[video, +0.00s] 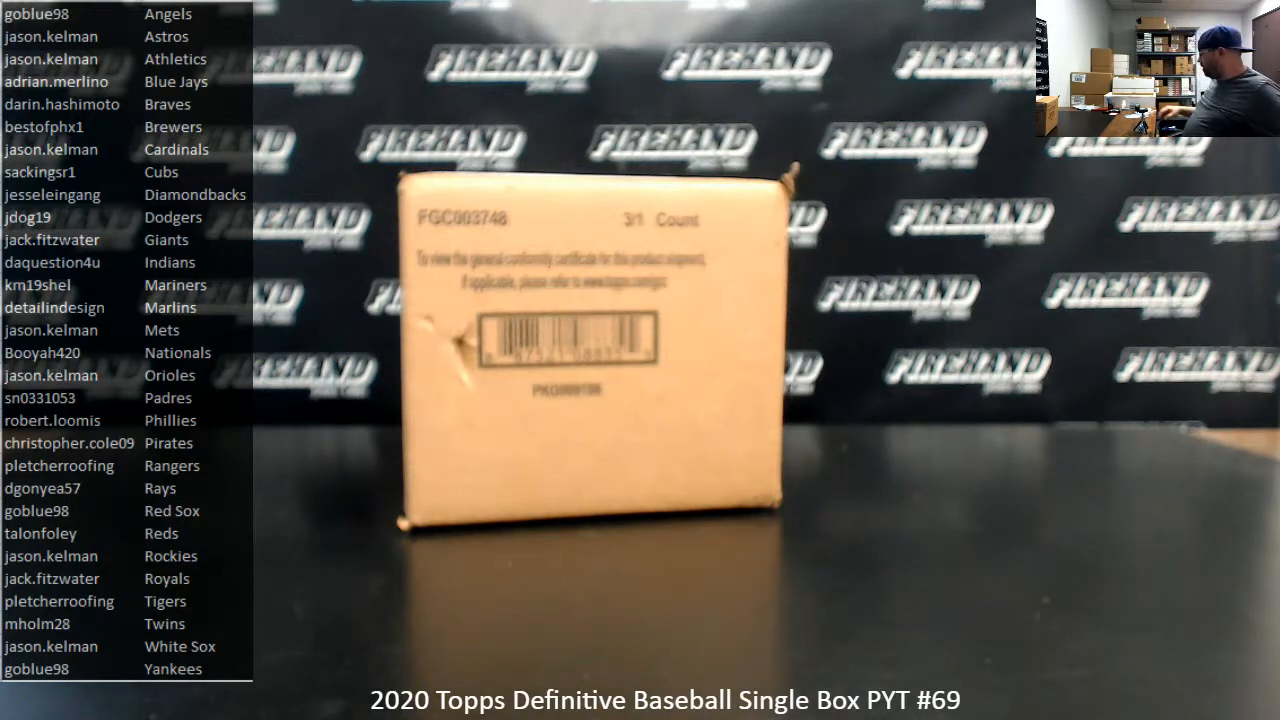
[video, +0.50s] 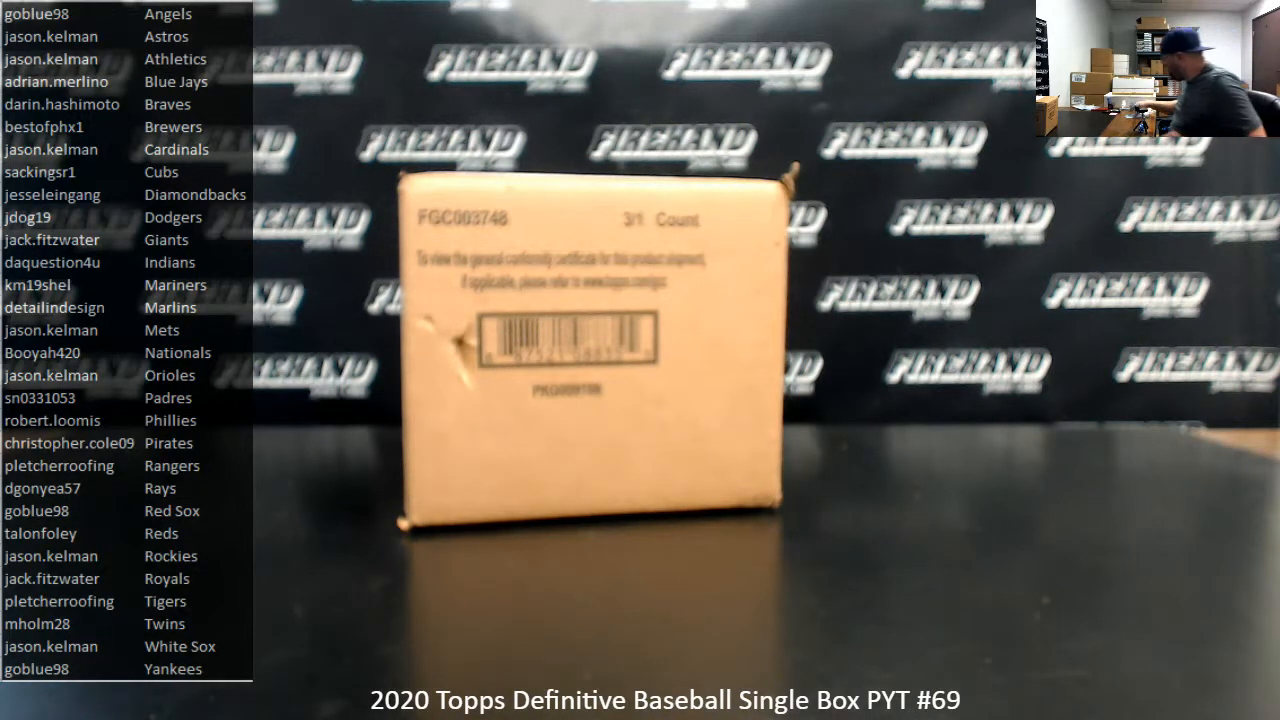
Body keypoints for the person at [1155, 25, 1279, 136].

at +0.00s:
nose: (1199, 60)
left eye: (1201, 54)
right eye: (1199, 55)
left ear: (1219, 52)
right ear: (1220, 53)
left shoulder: (1261, 91)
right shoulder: (1219, 84)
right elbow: (1214, 116)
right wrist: (1181, 111)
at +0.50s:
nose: (1164, 66)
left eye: (1165, 59)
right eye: (1163, 60)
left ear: (1179, 57)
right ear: (1180, 57)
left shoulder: (1222, 83)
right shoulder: (1192, 83)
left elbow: (1258, 137)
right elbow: (1181, 108)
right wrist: (1150, 104)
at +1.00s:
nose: (1152, 71)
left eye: (1152, 64)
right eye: (1150, 66)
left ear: (1167, 59)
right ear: (1168, 60)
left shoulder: (1205, 84)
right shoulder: (1181, 80)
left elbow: (1202, 149)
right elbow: (1177, 109)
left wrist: (1139, 133)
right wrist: (1142, 104)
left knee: (1119, 127)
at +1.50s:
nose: (1153, 69)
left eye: (1155, 61)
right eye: (1152, 62)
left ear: (1173, 58)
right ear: (1174, 58)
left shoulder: (1194, 84)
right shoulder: (1180, 80)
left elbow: (1164, 142)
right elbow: (1160, 114)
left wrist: (1118, 130)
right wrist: (1125, 117)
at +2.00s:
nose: (1148, 72)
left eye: (1149, 66)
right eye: (1147, 67)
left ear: (1166, 60)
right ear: (1167, 60)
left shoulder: (1191, 84)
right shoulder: (1176, 80)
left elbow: (1165, 142)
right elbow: (1160, 112)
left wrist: (1117, 131)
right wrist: (1127, 117)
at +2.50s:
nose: (1148, 73)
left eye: (1150, 66)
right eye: (1147, 67)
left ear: (1167, 60)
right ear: (1168, 60)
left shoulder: (1191, 84)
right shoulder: (1177, 80)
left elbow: (1166, 142)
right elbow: (1159, 112)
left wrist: (1117, 130)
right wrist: (1127, 117)